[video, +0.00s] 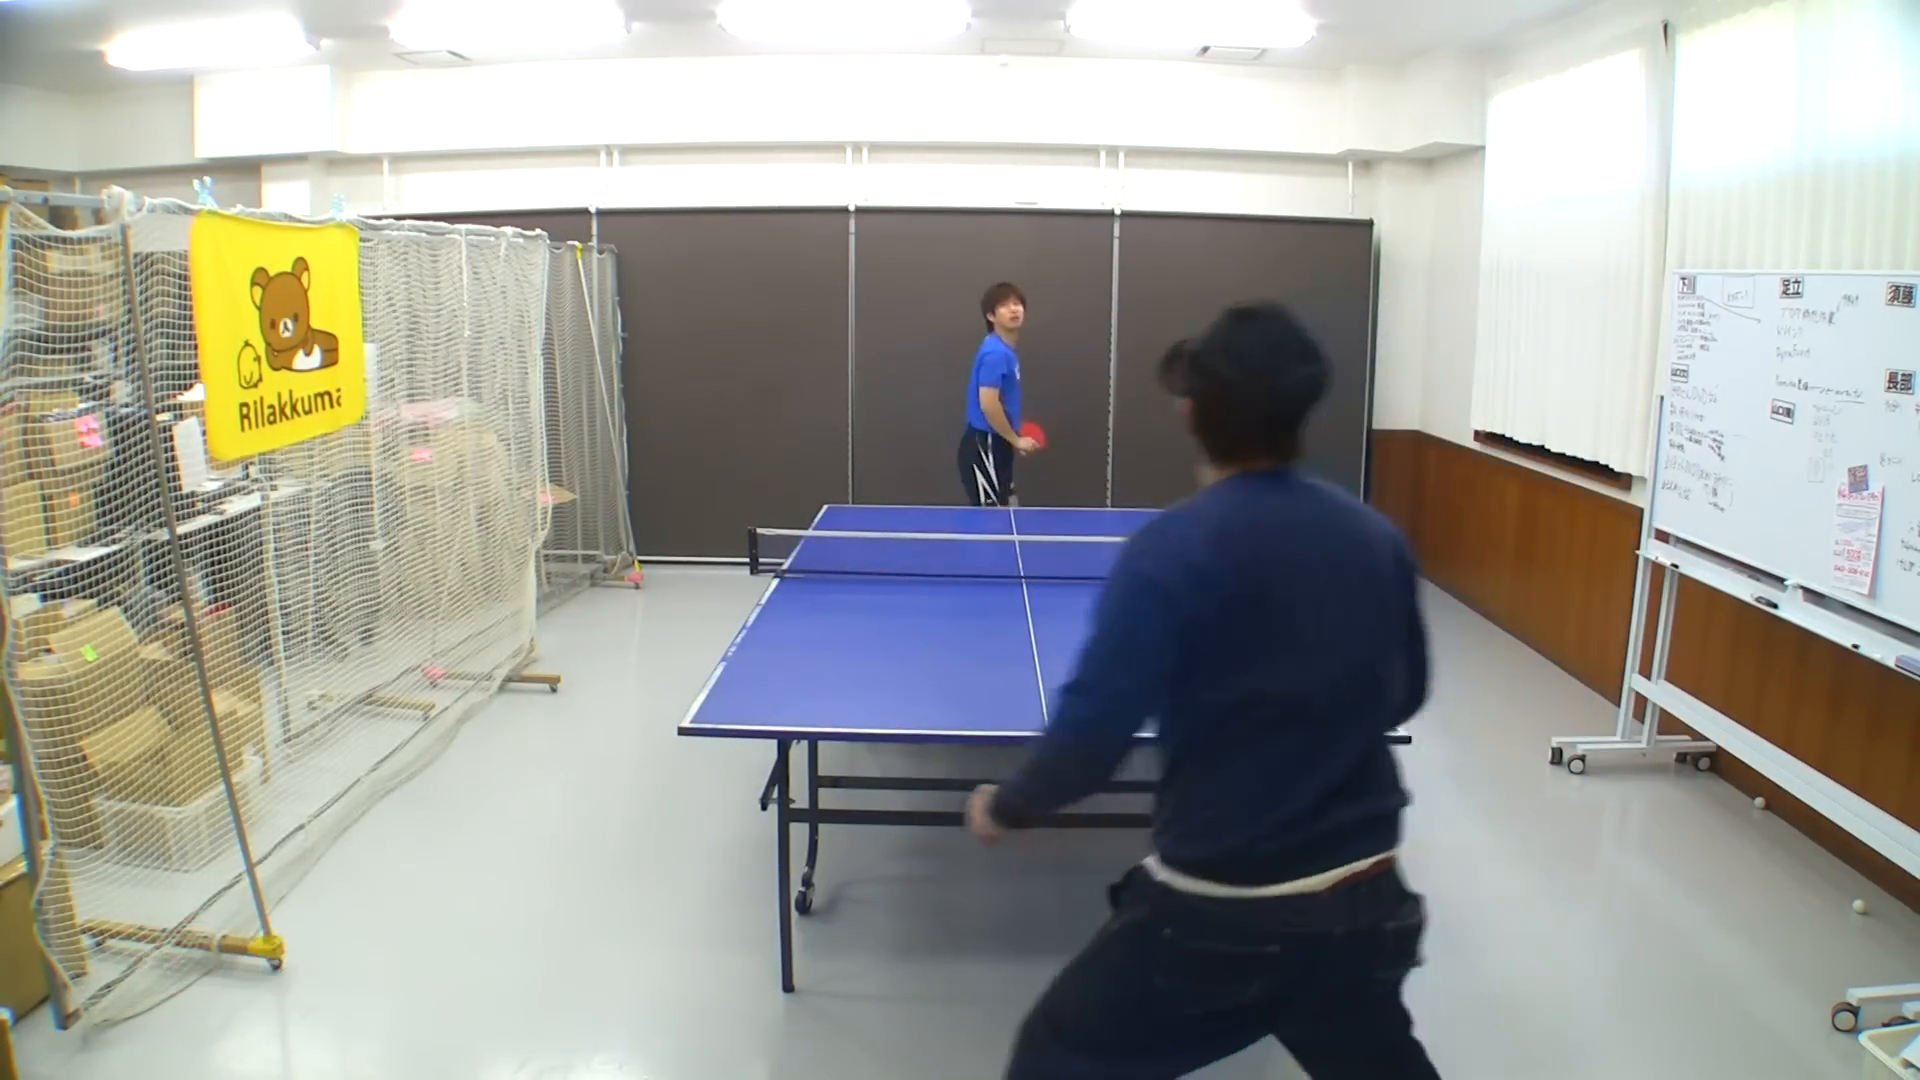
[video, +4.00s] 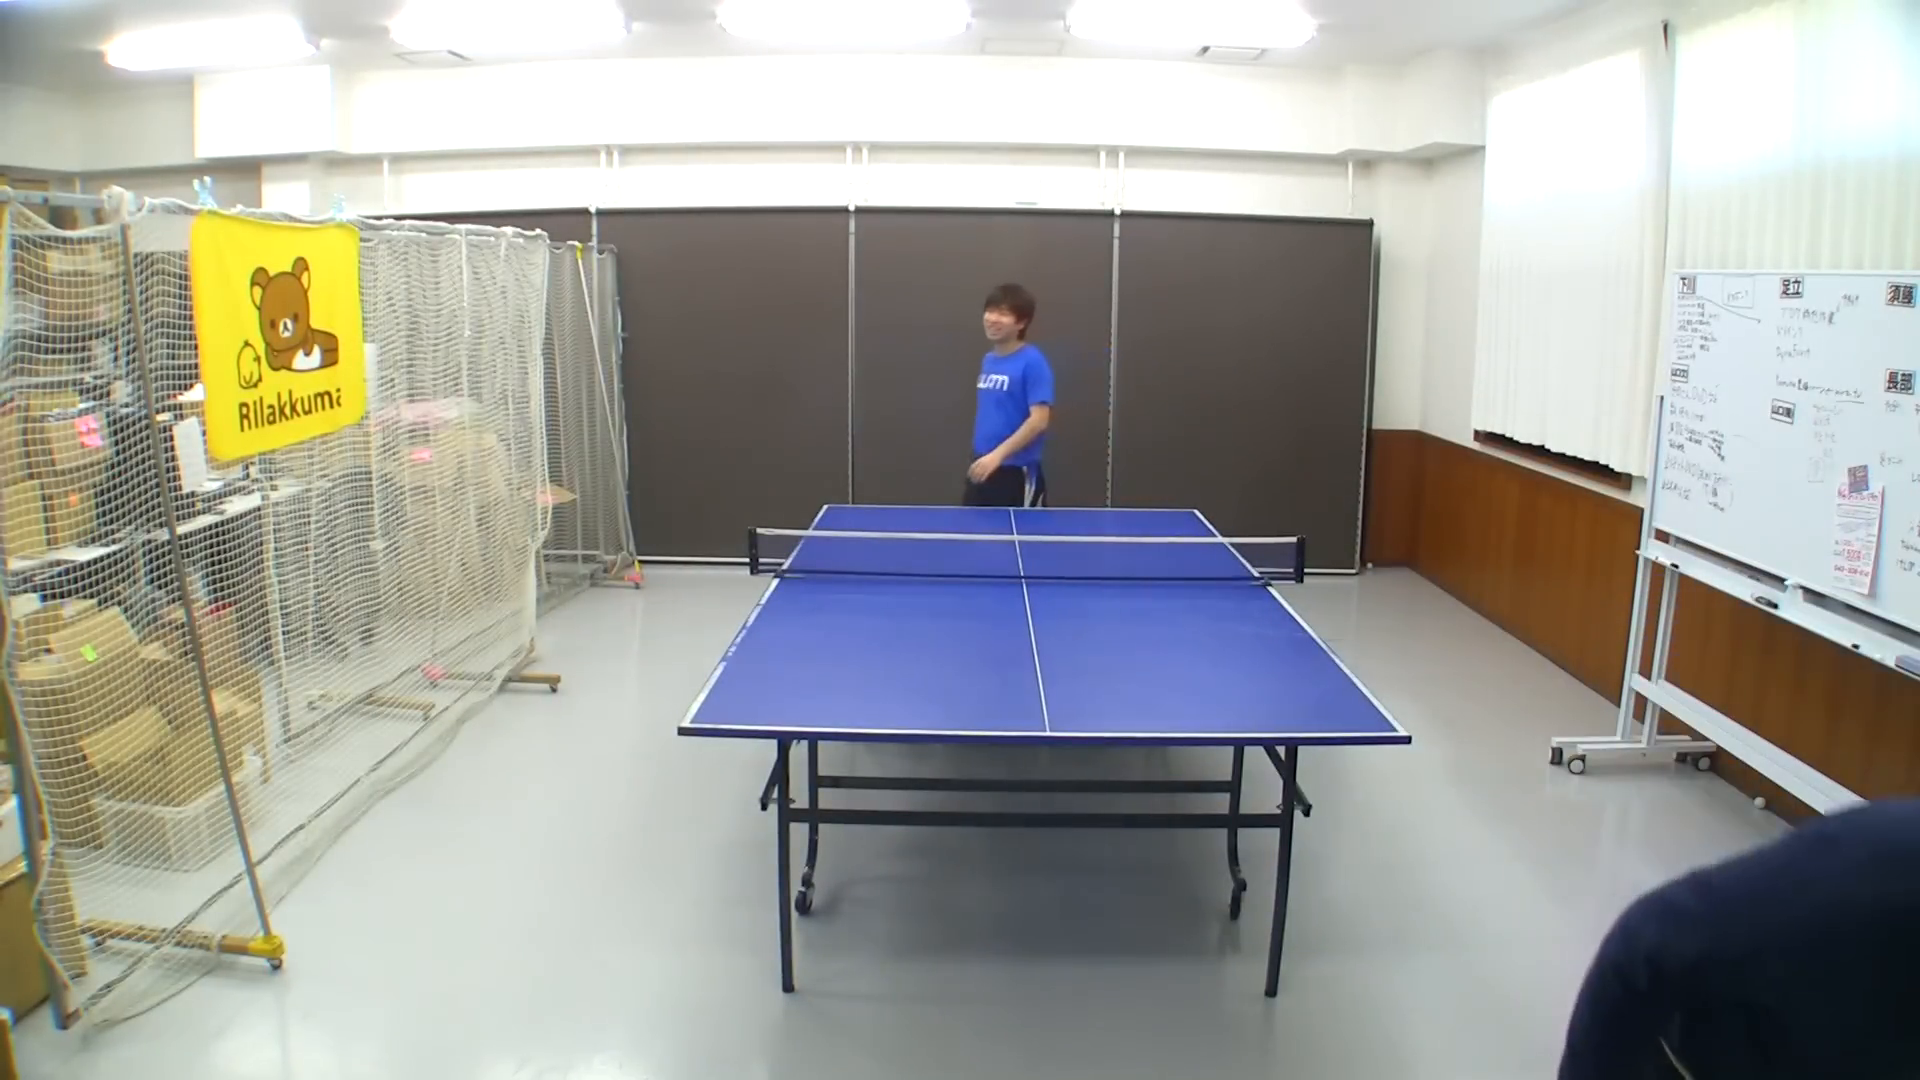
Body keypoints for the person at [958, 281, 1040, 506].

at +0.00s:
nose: (1014, 309)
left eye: (1017, 303)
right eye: (1005, 305)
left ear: (1024, 309)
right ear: (991, 316)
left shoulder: (1006, 351)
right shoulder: (995, 354)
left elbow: (1001, 399)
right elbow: (988, 403)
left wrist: (1017, 437)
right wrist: (1016, 440)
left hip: (996, 442)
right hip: (984, 443)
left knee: (1001, 515)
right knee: (995, 519)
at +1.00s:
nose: (1131, 333)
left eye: (1138, 327)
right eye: (1125, 327)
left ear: (1149, 334)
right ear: (1118, 333)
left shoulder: (1171, 362)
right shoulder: (1109, 370)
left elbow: (1199, 395)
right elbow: (1093, 403)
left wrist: (1173, 414)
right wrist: (1088, 419)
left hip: (1167, 449)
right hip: (1130, 449)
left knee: (1178, 519)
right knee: (1106, 514)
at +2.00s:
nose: (1433, 374)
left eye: (1440, 370)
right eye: (1427, 367)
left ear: (1444, 375)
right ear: (1413, 370)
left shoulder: (1422, 404)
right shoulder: (1403, 401)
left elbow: (1401, 448)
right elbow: (1401, 451)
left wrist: (1407, 478)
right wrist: (1446, 461)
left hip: (1387, 480)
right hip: (1360, 476)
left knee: (1430, 528)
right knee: (1342, 557)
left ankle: (1421, 595)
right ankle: (1274, 565)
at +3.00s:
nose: (1212, 324)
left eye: (1220, 317)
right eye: (1206, 318)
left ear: (1233, 325)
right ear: (1197, 325)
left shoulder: (1252, 366)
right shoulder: (1186, 368)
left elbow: (1263, 413)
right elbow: (1180, 403)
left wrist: (1261, 463)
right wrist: (1173, 427)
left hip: (1233, 466)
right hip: (1192, 462)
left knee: (1236, 538)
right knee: (1172, 526)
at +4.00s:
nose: (992, 319)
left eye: (1003, 314)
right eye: (989, 311)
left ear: (1021, 323)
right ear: (983, 315)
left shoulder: (1032, 361)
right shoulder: (989, 360)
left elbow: (1040, 418)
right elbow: (992, 411)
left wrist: (995, 456)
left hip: (1017, 471)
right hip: (982, 467)